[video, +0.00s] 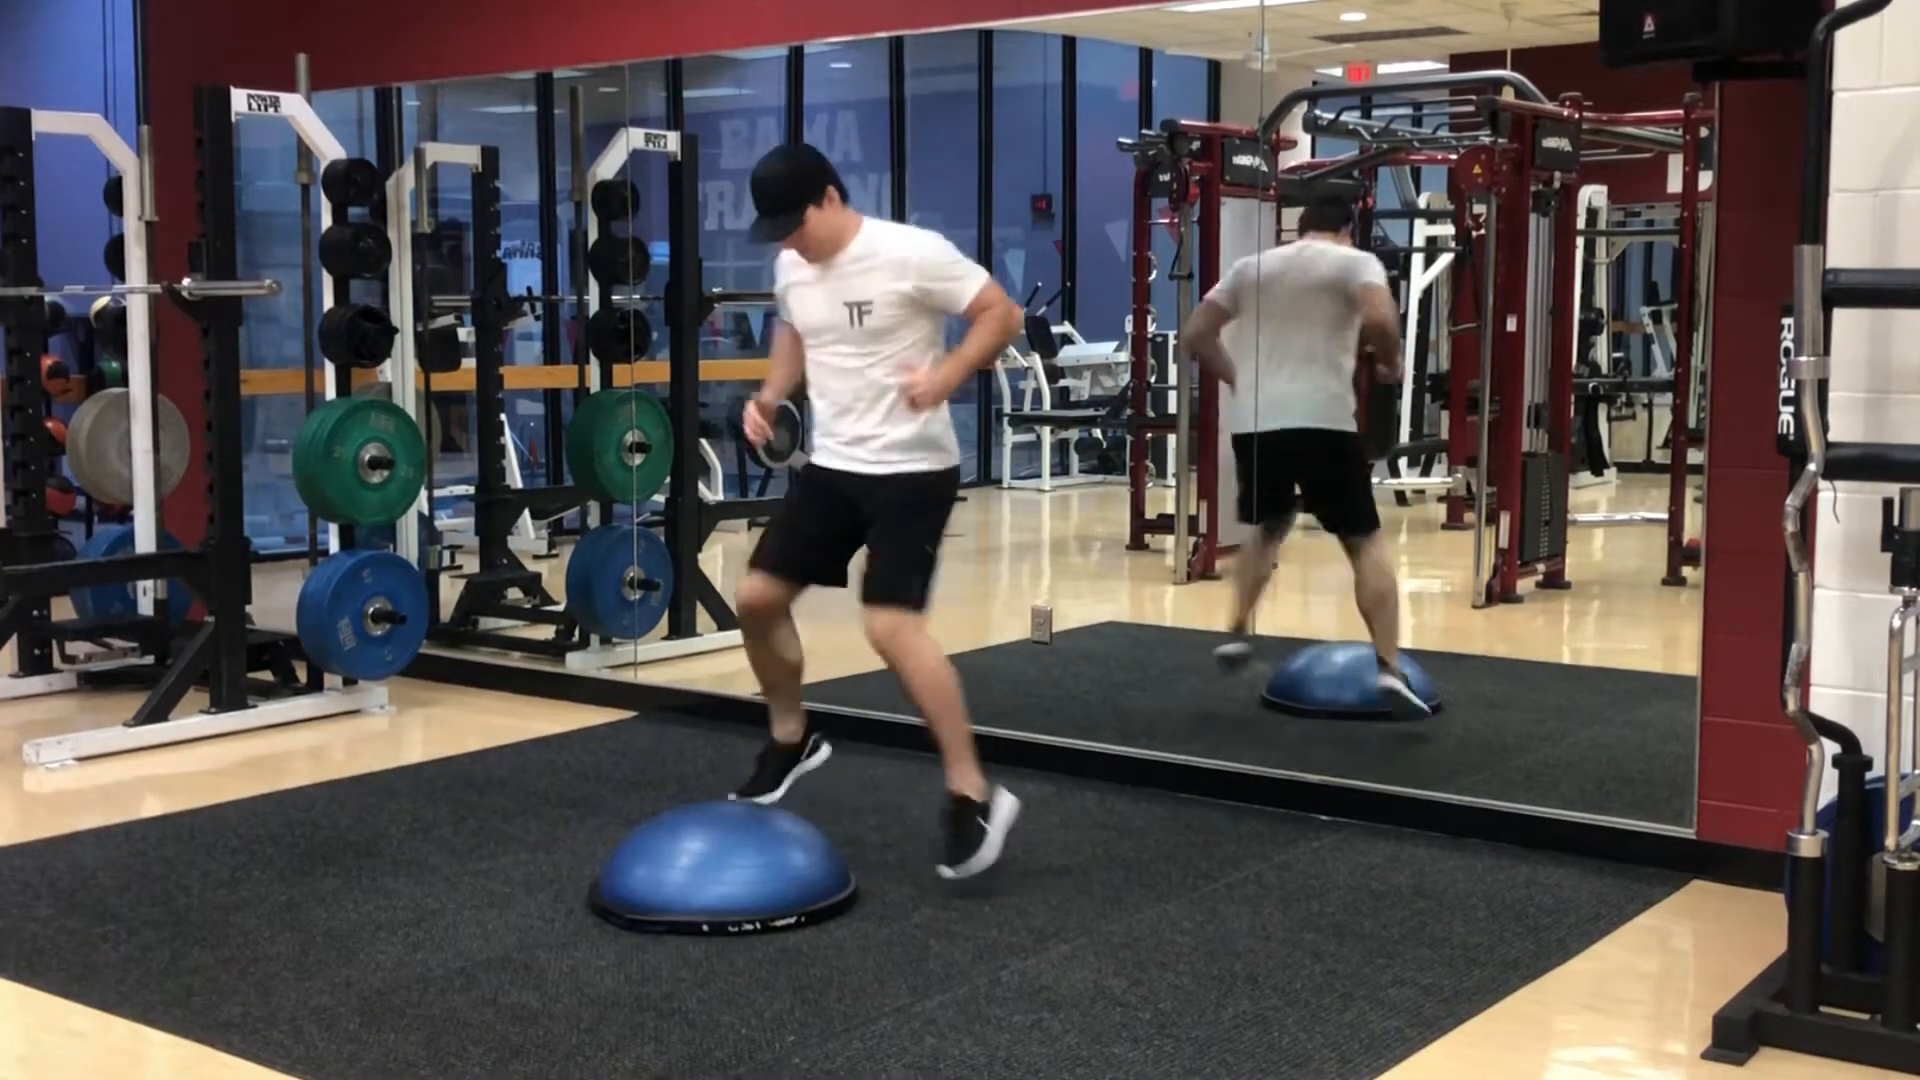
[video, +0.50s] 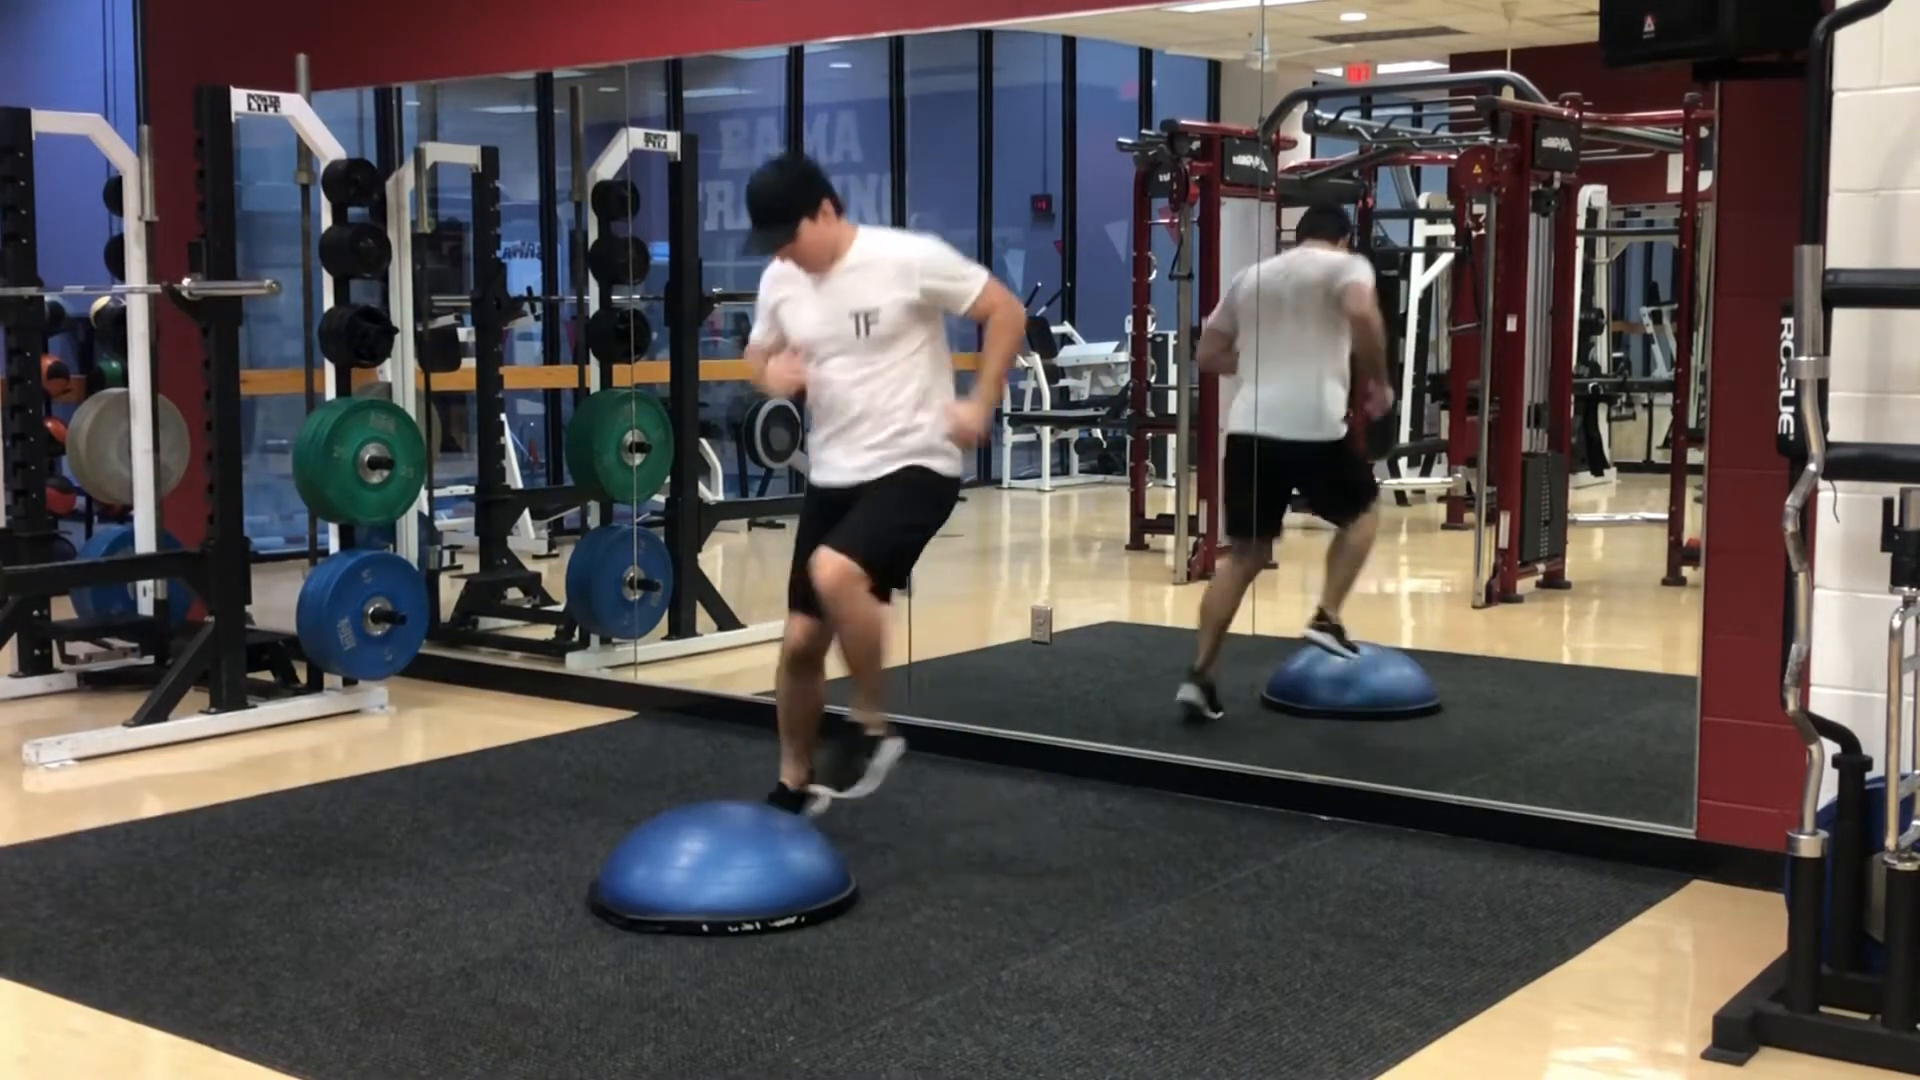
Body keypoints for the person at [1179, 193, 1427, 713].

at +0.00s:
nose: (1354, 239)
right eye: (1354, 231)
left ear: (1301, 224)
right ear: (1346, 228)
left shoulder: (1249, 267)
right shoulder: (1357, 262)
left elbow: (1195, 335)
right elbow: (1379, 319)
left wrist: (1239, 378)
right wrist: (1390, 363)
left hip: (1254, 425)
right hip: (1324, 424)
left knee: (1267, 527)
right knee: (1367, 546)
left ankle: (1237, 630)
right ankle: (1389, 668)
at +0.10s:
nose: (1370, 259)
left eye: (1365, 252)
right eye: (1369, 251)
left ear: (1315, 248)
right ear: (1362, 249)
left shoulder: (1269, 286)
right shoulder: (1384, 290)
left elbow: (1214, 353)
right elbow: (1420, 367)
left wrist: (1229, 418)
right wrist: (1414, 405)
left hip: (1275, 448)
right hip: (1344, 449)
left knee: (1293, 518)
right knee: (1372, 575)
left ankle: (1312, 617)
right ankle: (1399, 709)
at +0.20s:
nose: (1379, 279)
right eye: (1381, 272)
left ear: (1329, 267)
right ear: (1375, 270)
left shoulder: (1283, 310)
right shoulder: (1394, 315)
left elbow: (1229, 373)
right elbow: (1428, 402)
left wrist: (1241, 437)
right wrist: (1395, 393)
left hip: (1279, 469)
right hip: (1353, 472)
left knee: (1313, 533)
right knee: (1391, 592)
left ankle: (1333, 621)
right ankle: (1399, 716)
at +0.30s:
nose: (1374, 257)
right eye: (1375, 249)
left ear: (1324, 243)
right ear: (1370, 247)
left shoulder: (1279, 282)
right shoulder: (1390, 288)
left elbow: (1226, 351)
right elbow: (1427, 367)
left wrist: (1265, 383)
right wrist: (1381, 358)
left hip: (1276, 449)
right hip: (1346, 453)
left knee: (1294, 517)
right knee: (1373, 580)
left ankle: (1287, 620)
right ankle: (1396, 710)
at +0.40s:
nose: (1364, 236)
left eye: (1359, 230)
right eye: (1365, 229)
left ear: (1312, 221)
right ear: (1360, 226)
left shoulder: (1262, 261)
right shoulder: (1370, 261)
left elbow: (1214, 335)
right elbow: (1400, 324)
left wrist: (1269, 347)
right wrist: (1387, 362)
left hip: (1266, 422)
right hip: (1333, 426)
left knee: (1270, 530)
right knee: (1372, 539)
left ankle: (1232, 640)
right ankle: (1367, 654)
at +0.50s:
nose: (1348, 248)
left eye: (1341, 241)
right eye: (1348, 242)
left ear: (1299, 236)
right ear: (1343, 239)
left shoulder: (1250, 276)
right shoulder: (1348, 265)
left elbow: (1209, 355)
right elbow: (1361, 314)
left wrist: (1264, 365)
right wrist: (1377, 379)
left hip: (1249, 428)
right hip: (1316, 427)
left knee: (1245, 552)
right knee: (1361, 513)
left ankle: (1200, 675)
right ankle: (1327, 617)